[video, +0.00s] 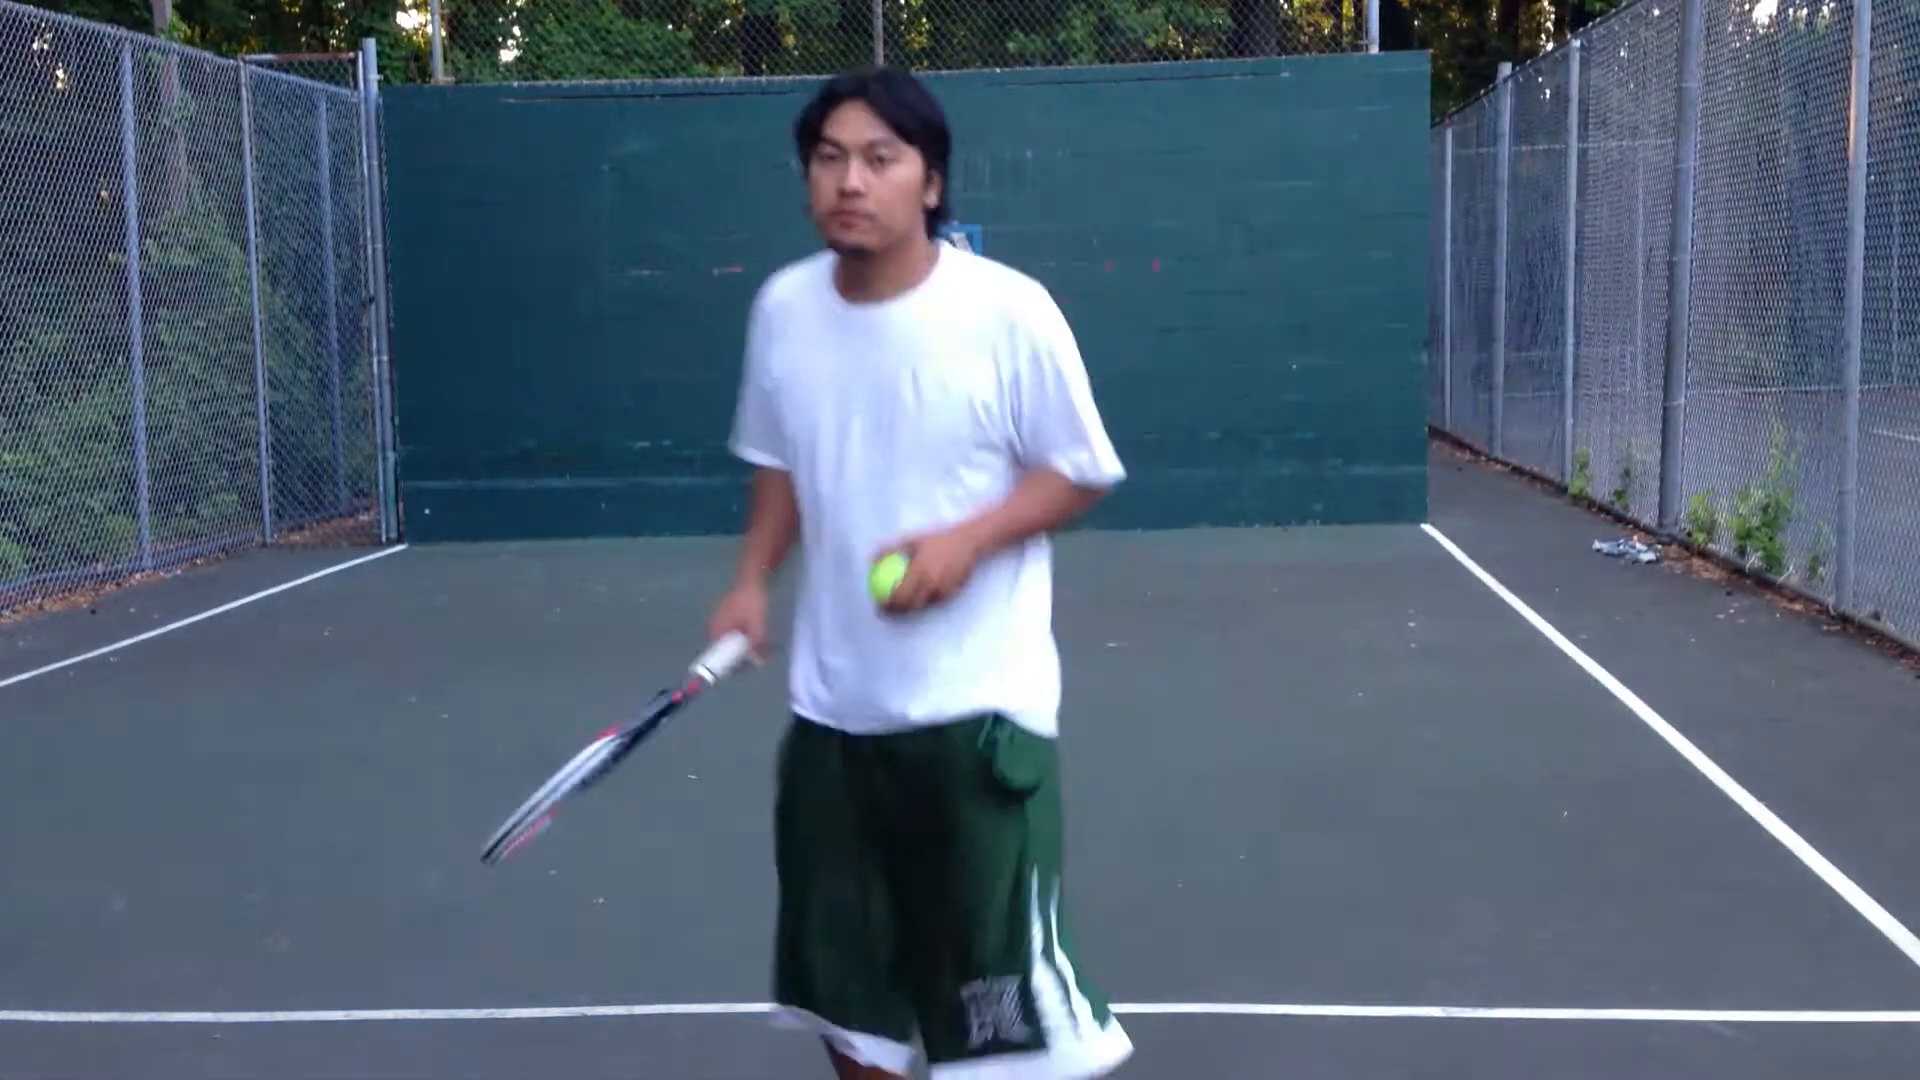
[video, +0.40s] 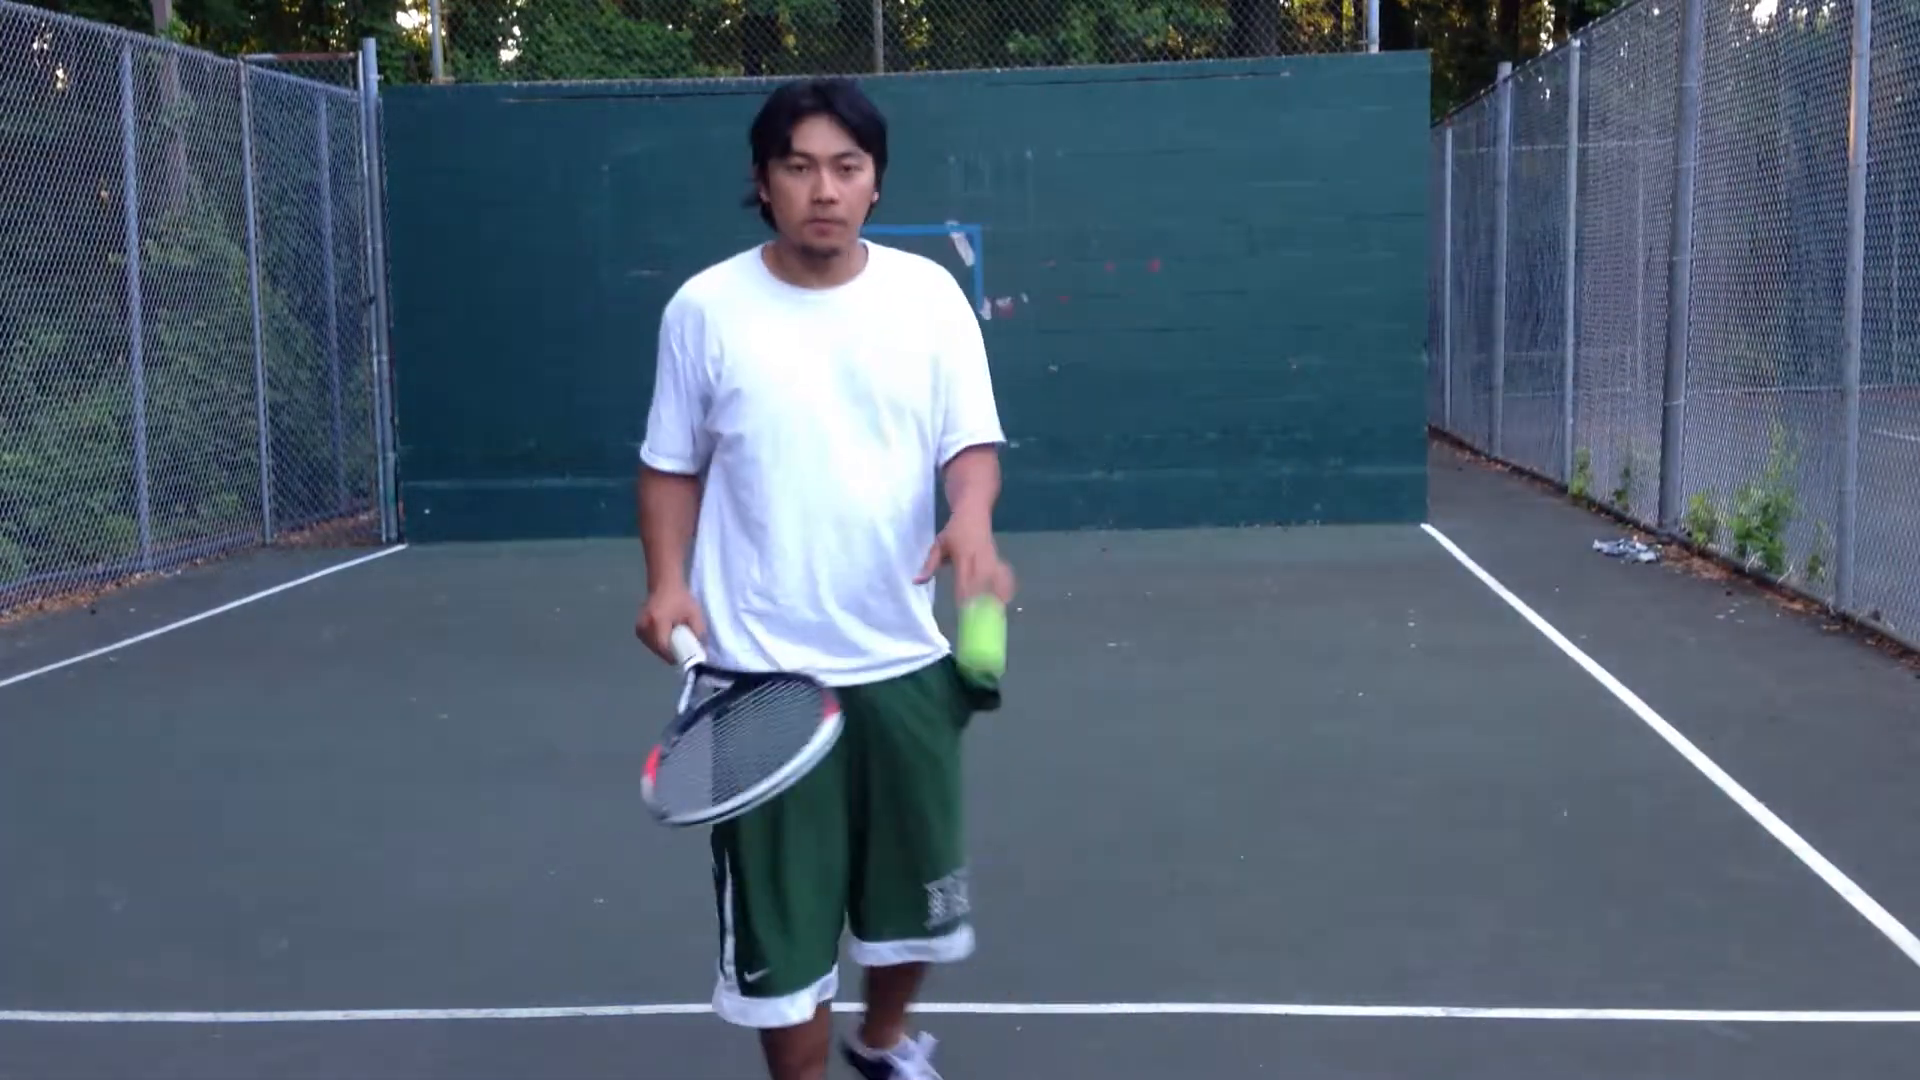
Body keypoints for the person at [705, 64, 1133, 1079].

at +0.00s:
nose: (849, 180)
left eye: (879, 159)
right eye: (829, 159)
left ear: (931, 183)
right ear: (807, 183)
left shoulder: (1010, 310)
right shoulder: (786, 306)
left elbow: (1081, 470)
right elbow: (778, 464)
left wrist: (969, 540)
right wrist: (750, 582)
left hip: (973, 704)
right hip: (834, 702)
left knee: (998, 1004)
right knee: (853, 1001)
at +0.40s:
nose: (825, 190)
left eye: (846, 169)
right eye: (801, 169)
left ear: (873, 184)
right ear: (764, 184)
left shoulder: (929, 295)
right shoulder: (705, 309)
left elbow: (969, 437)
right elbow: (670, 465)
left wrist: (971, 519)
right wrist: (667, 581)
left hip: (904, 651)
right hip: (758, 662)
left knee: (912, 882)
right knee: (781, 912)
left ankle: (884, 1042)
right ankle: (797, 1072)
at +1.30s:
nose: (828, 251)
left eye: (834, 231)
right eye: (815, 230)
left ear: (791, 230)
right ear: (752, 224)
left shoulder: (806, 312)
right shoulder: (643, 323)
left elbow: (814, 438)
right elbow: (580, 463)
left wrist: (850, 493)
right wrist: (607, 590)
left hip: (780, 622)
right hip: (671, 636)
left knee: (797, 820)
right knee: (663, 843)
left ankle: (765, 1008)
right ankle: (653, 1035)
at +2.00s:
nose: (876, 276)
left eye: (880, 260)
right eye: (875, 259)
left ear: (808, 242)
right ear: (838, 252)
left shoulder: (735, 291)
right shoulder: (779, 344)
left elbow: (796, 376)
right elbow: (748, 487)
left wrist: (904, 364)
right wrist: (767, 605)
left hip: (673, 591)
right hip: (728, 607)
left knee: (721, 803)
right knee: (734, 820)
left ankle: (776, 976)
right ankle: (660, 1017)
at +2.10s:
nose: (874, 271)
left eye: (877, 255)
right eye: (871, 256)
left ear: (792, 242)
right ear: (836, 252)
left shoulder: (712, 278)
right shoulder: (812, 362)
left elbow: (779, 324)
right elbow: (823, 521)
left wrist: (871, 323)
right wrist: (883, 629)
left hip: (669, 587)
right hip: (754, 606)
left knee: (729, 796)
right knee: (771, 802)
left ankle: (774, 976)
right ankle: (680, 971)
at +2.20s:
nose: (878, 278)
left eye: (882, 261)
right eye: (876, 259)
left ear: (788, 235)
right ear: (836, 248)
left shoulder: (698, 280)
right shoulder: (833, 358)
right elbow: (867, 496)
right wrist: (947, 549)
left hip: (679, 589)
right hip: (777, 601)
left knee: (718, 795)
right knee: (796, 793)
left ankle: (776, 975)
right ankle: (709, 949)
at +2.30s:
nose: (875, 270)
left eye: (879, 254)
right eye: (876, 253)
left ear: (785, 227)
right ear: (848, 246)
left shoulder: (696, 282)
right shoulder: (853, 350)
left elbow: (704, 382)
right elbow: (866, 449)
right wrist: (909, 421)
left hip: (689, 589)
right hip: (792, 599)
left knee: (733, 789)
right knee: (814, 786)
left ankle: (778, 973)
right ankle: (739, 934)